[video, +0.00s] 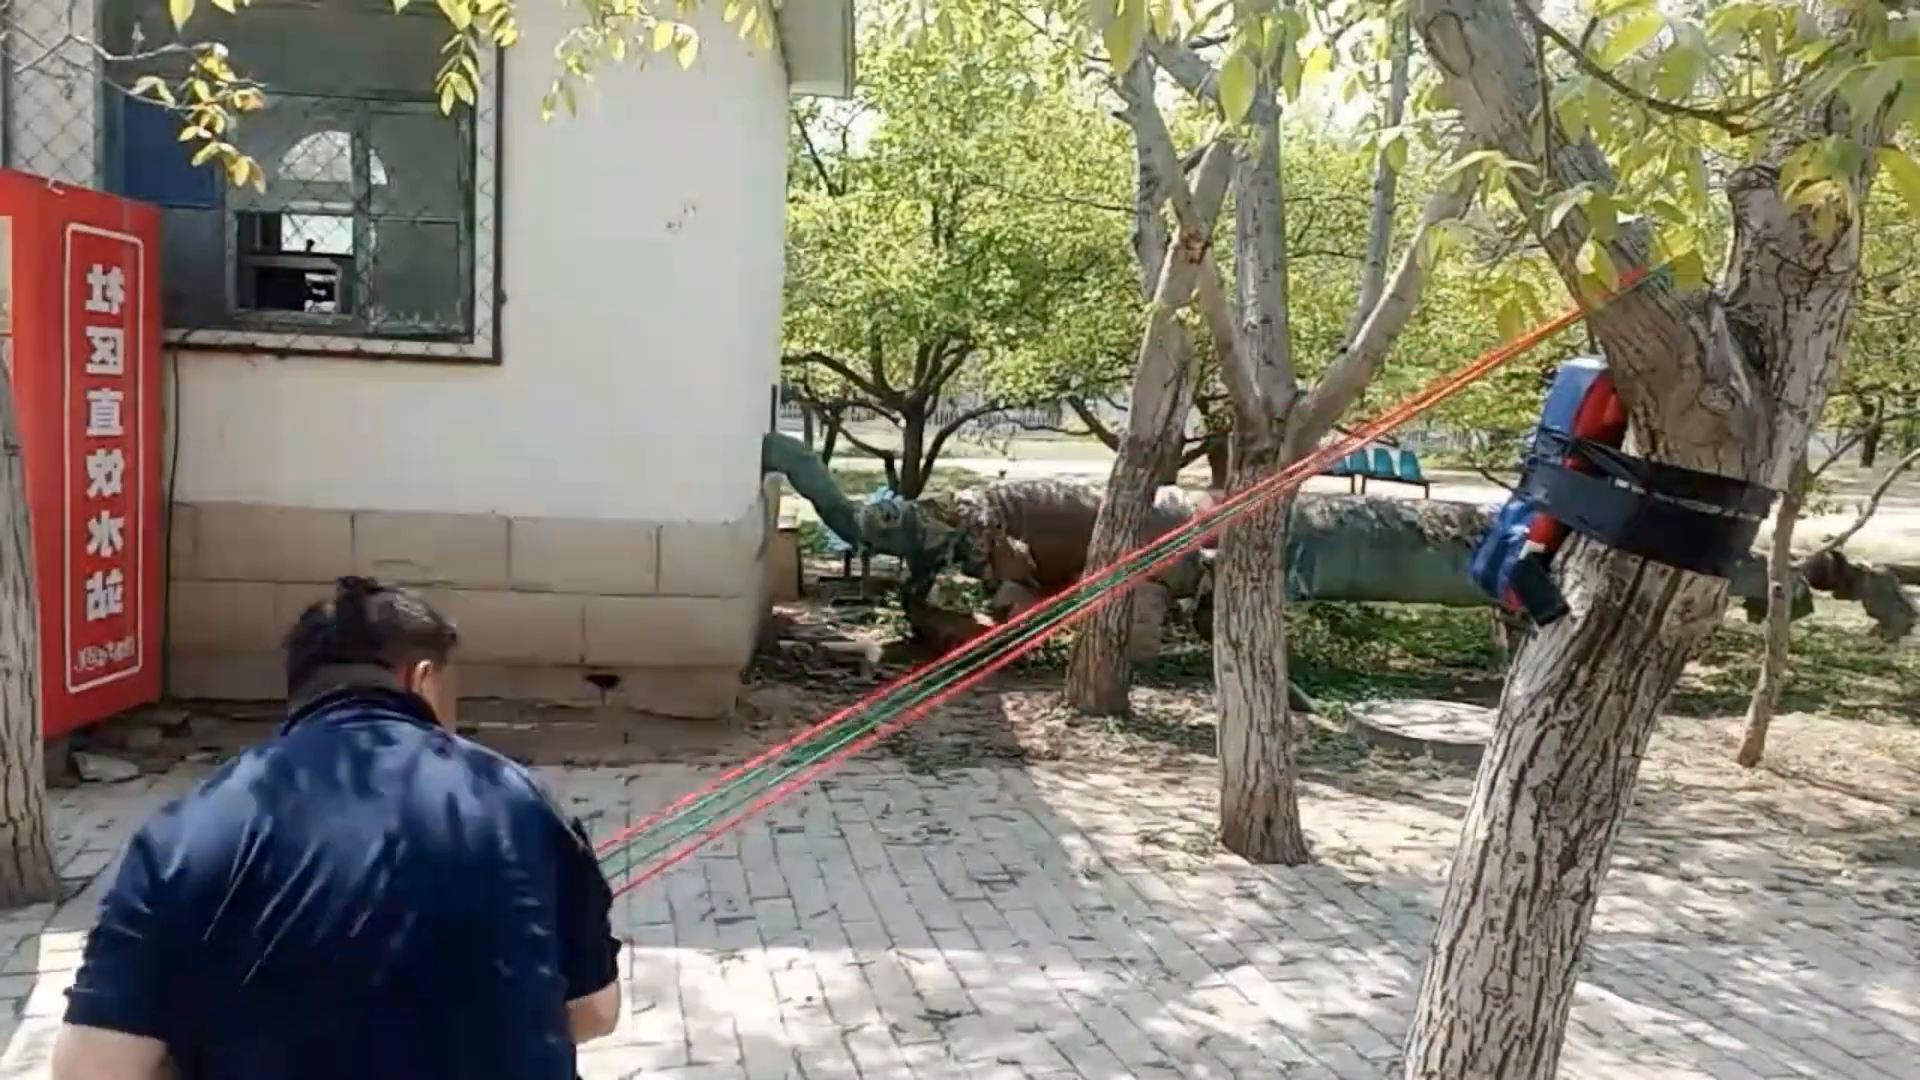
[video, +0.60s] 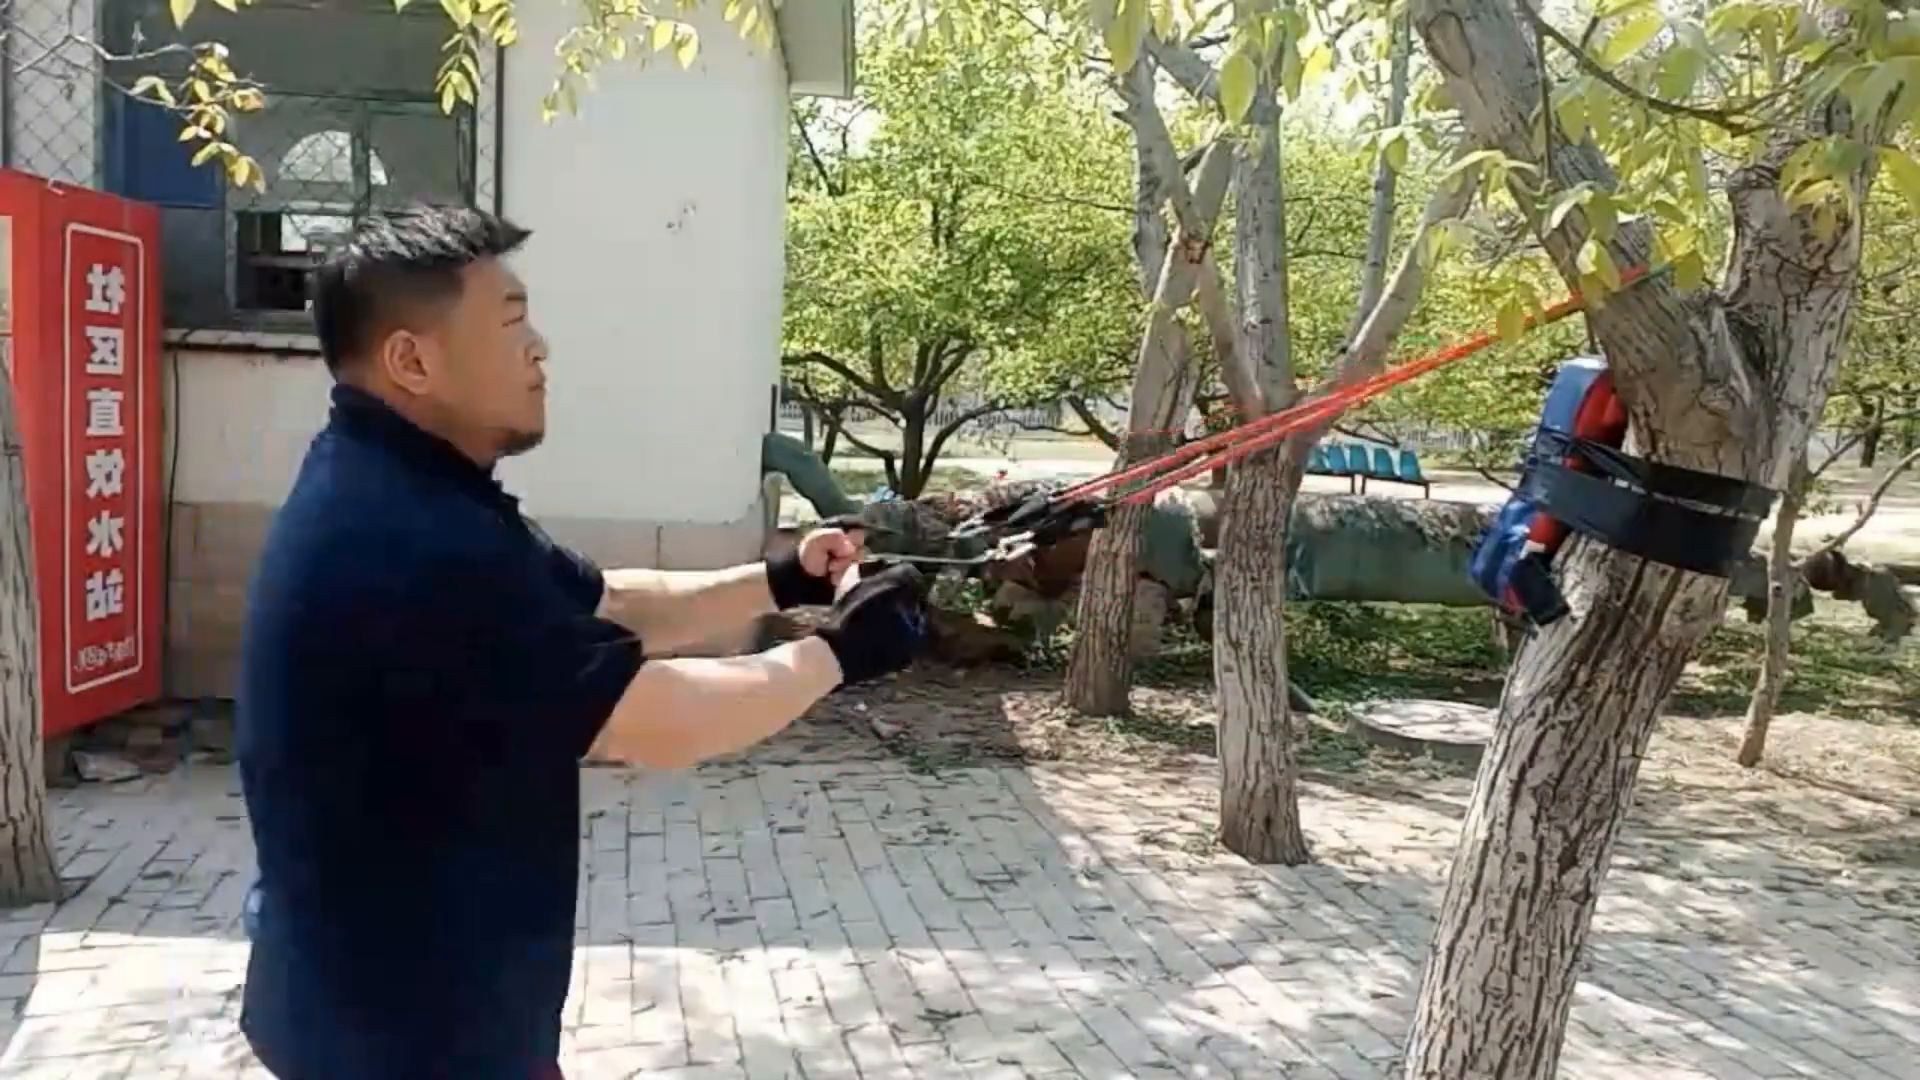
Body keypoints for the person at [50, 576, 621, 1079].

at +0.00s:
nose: (456, 708)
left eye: (457, 687)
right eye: (454, 688)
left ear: (298, 694)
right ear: (421, 683)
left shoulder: (181, 831)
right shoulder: (516, 801)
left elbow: (94, 1060)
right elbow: (594, 1011)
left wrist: (220, 1034)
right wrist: (466, 1022)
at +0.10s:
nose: (464, 675)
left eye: (464, 650)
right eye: (460, 651)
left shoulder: (179, 807)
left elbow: (86, 1055)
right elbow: (613, 965)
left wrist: (231, 1004)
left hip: (274, 1070)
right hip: (500, 1071)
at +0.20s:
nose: (455, 549)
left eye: (454, 520)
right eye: (448, 519)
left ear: (288, 529)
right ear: (383, 523)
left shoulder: (158, 696)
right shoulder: (497, 654)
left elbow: (125, 928)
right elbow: (636, 827)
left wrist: (243, 876)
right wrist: (570, 893)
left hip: (236, 1066)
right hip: (478, 1063)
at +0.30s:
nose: (451, 474)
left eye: (444, 446)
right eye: (434, 446)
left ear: (275, 469)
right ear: (358, 466)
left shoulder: (163, 631)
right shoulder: (483, 606)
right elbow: (631, 795)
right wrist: (642, 848)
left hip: (219, 1054)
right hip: (453, 1051)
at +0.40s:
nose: (468, 386)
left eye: (456, 356)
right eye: (446, 355)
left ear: (341, 388)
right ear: (352, 382)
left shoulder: (238, 524)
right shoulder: (434, 548)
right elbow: (603, 749)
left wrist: (518, 614)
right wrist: (709, 722)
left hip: (234, 1008)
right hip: (419, 1026)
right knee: (602, 1067)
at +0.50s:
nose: (485, 357)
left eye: (470, 326)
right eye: (459, 326)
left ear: (357, 366)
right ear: (363, 362)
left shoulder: (290, 491)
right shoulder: (412, 539)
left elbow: (444, 648)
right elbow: (592, 736)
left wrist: (605, 601)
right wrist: (736, 681)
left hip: (268, 1005)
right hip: (422, 1030)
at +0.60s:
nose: (540, 344)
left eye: (525, 315)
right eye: (511, 318)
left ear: (412, 368)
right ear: (412, 363)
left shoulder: (402, 493)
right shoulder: (420, 542)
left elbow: (599, 609)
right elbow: (659, 723)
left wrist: (775, 582)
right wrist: (836, 653)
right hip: (420, 1042)